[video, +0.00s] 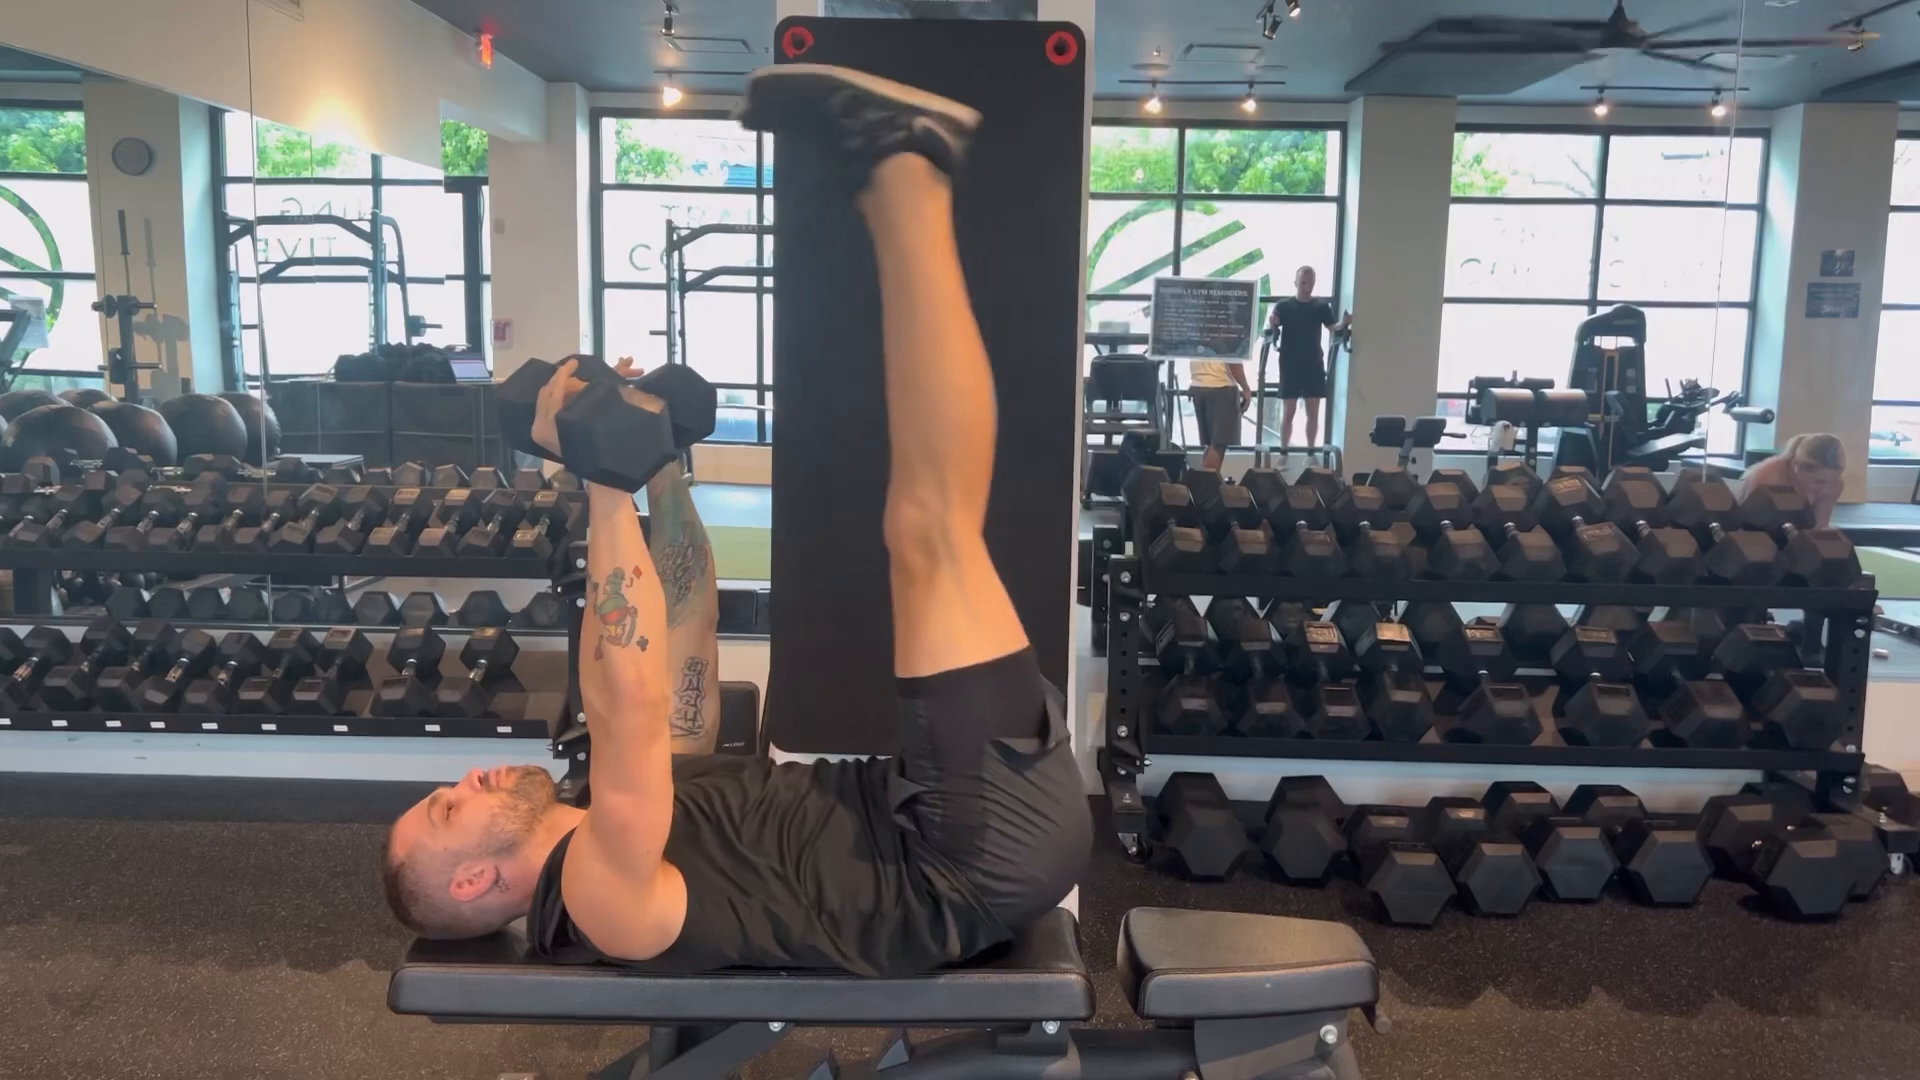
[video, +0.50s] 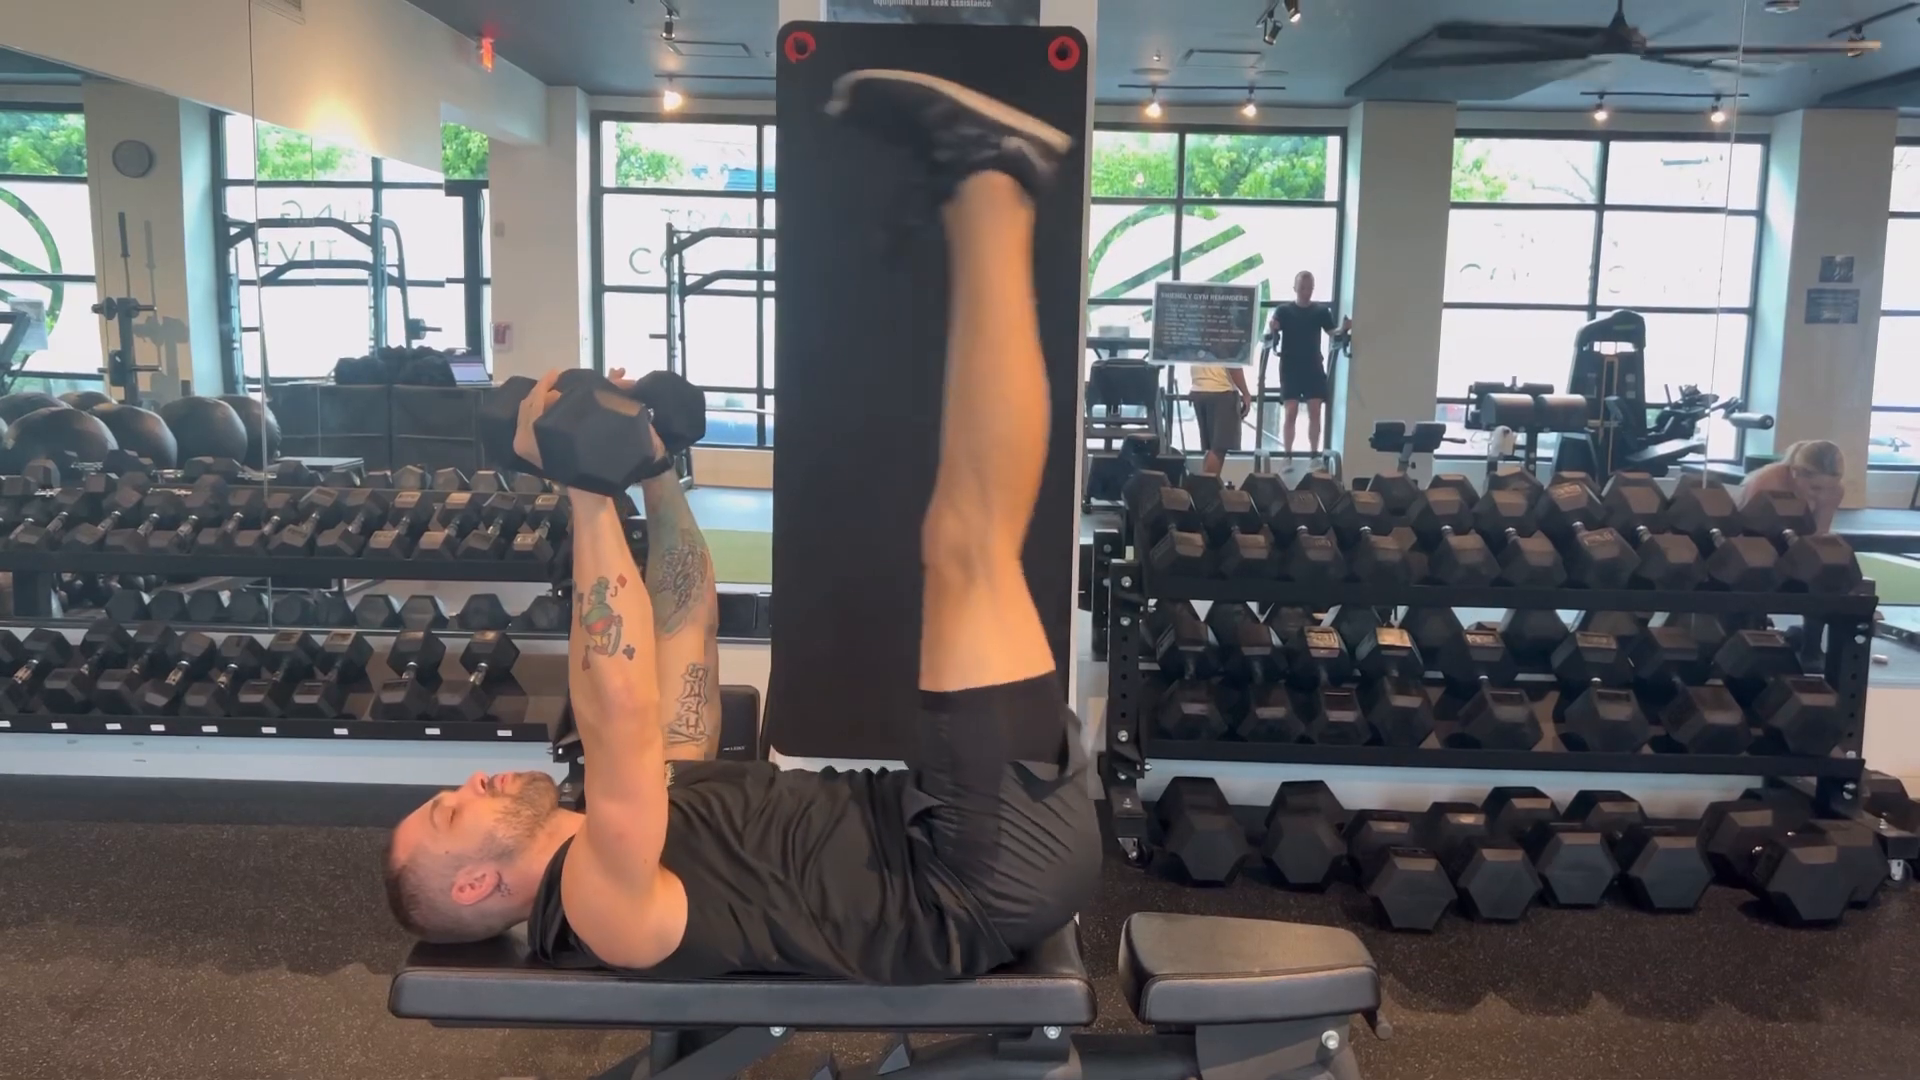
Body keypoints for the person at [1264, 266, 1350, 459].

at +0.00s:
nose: (1306, 287)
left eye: (1309, 283)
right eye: (1303, 283)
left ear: (1314, 284)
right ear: (1296, 282)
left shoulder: (1321, 306)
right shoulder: (1284, 306)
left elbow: (1333, 328)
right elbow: (1271, 334)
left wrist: (1344, 323)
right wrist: (1272, 323)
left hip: (1313, 363)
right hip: (1289, 363)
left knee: (1312, 412)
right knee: (1289, 412)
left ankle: (1311, 452)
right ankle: (1283, 451)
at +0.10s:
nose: (1306, 289)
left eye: (1309, 285)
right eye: (1302, 285)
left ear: (1313, 285)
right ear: (1295, 284)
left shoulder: (1321, 307)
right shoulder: (1284, 307)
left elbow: (1332, 330)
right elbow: (1272, 335)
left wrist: (1344, 324)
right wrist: (1272, 325)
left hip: (1313, 362)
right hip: (1290, 363)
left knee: (1314, 411)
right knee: (1290, 411)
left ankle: (1312, 452)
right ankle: (1285, 452)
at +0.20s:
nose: (1305, 290)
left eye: (1309, 286)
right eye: (1302, 286)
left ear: (1313, 286)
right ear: (1295, 285)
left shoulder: (1321, 309)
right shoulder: (1284, 308)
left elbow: (1333, 331)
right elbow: (1270, 335)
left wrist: (1344, 326)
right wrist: (1272, 326)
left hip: (1313, 363)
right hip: (1290, 363)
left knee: (1315, 411)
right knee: (1291, 410)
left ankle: (1315, 453)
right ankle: (1286, 453)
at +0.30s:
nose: (1305, 291)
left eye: (1309, 287)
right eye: (1302, 287)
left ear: (1313, 287)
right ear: (1295, 286)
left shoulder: (1321, 309)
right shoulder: (1284, 309)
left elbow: (1333, 333)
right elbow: (1271, 336)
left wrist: (1344, 327)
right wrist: (1272, 327)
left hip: (1314, 363)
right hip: (1290, 364)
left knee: (1316, 411)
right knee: (1291, 411)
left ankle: (1316, 453)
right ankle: (1288, 453)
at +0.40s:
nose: (1306, 291)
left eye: (1309, 288)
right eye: (1302, 287)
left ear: (1313, 288)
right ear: (1296, 287)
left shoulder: (1321, 310)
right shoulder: (1284, 310)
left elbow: (1334, 334)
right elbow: (1270, 338)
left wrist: (1344, 328)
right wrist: (1272, 328)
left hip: (1313, 363)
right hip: (1290, 363)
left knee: (1316, 409)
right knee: (1291, 409)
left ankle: (1316, 454)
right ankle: (1288, 454)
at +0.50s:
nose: (1305, 291)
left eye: (1308, 287)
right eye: (1302, 287)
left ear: (1313, 288)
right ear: (1295, 287)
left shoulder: (1320, 311)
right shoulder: (1284, 311)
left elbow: (1332, 334)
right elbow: (1270, 339)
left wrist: (1344, 329)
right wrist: (1272, 330)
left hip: (1313, 364)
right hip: (1290, 364)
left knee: (1315, 411)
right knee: (1291, 412)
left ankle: (1315, 455)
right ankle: (1287, 455)